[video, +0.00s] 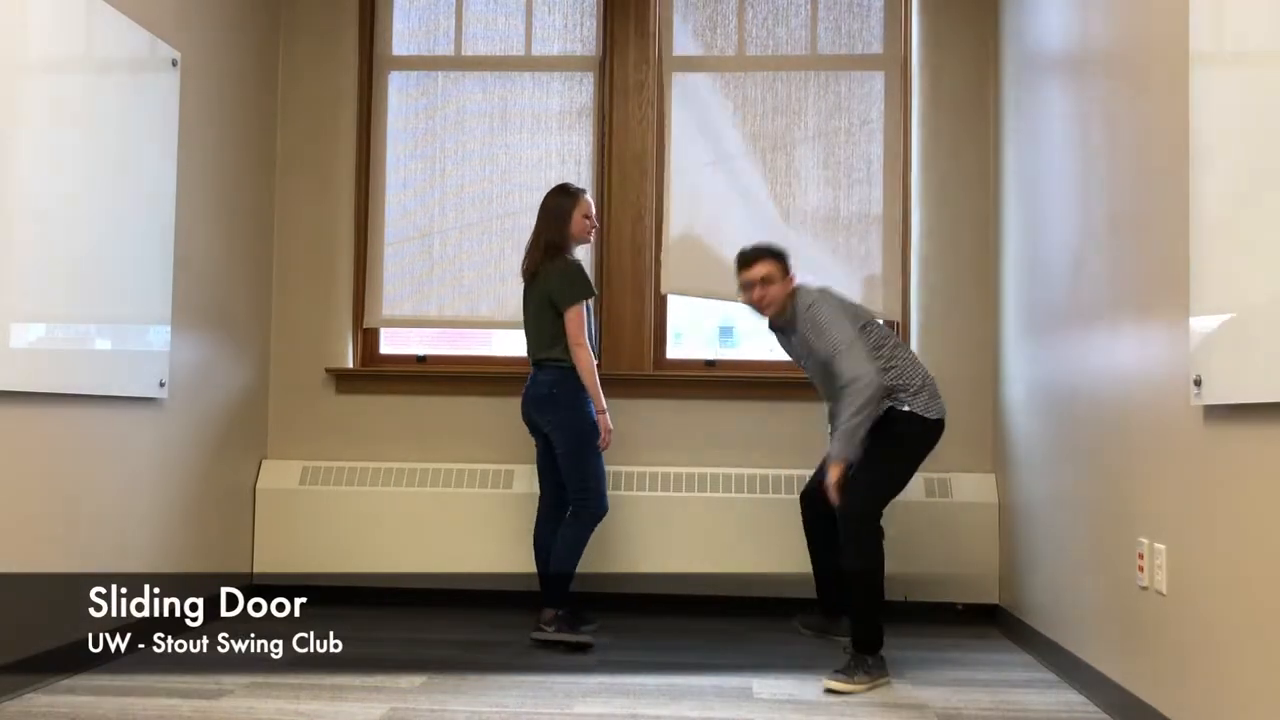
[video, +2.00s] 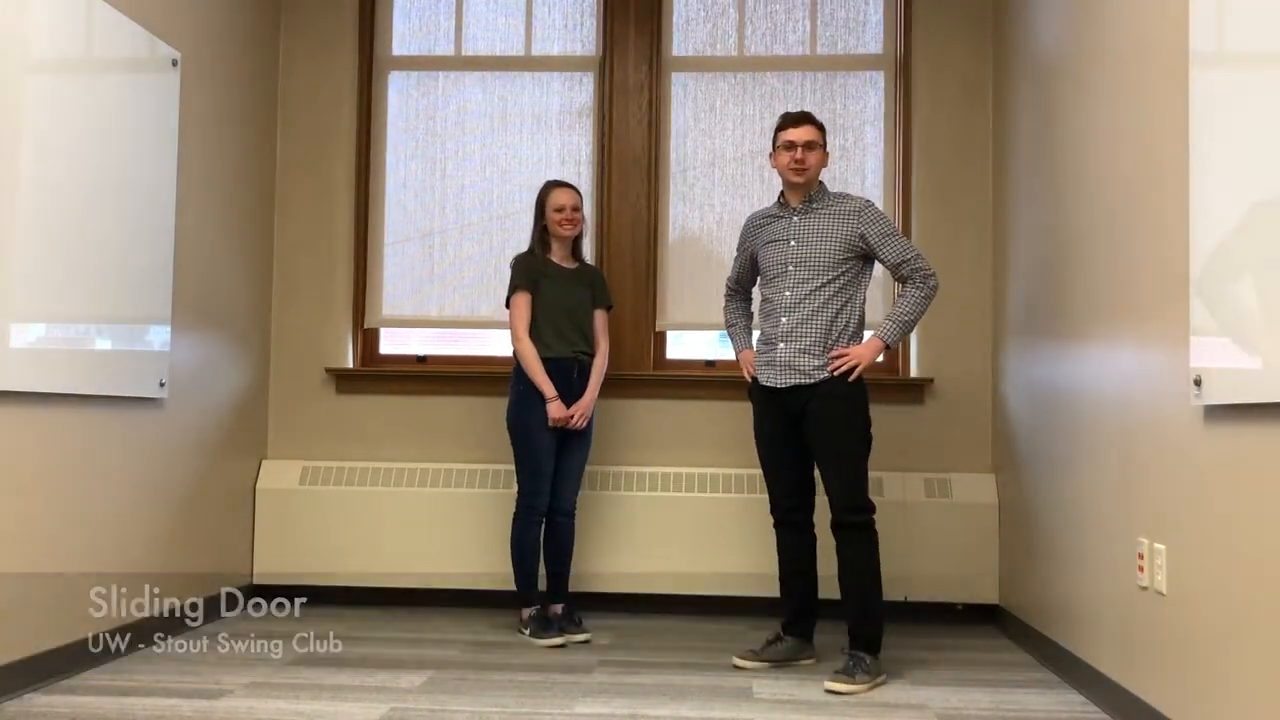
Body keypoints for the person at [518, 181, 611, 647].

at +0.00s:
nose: (593, 224)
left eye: (592, 216)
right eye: (586, 216)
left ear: (555, 220)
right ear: (563, 220)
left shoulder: (540, 270)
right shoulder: (568, 272)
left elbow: (537, 345)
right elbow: (577, 345)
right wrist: (601, 406)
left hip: (541, 391)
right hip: (565, 393)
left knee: (553, 502)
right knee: (590, 502)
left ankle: (553, 612)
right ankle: (555, 612)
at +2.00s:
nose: (569, 216)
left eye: (575, 209)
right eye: (559, 210)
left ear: (583, 216)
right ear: (543, 217)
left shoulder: (592, 276)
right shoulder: (528, 265)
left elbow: (602, 349)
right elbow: (520, 337)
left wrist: (589, 398)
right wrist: (551, 396)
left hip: (579, 394)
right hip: (535, 391)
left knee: (564, 504)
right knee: (534, 501)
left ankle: (559, 606)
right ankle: (530, 609)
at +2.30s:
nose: (571, 217)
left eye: (576, 210)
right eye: (561, 211)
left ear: (584, 216)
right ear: (544, 217)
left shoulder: (592, 276)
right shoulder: (528, 266)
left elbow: (602, 347)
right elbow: (521, 337)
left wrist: (590, 396)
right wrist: (551, 395)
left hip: (579, 394)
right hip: (536, 392)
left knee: (564, 504)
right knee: (535, 501)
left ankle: (558, 607)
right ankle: (530, 610)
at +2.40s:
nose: (571, 217)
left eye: (576, 210)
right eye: (561, 211)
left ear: (583, 216)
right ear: (543, 218)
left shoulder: (592, 276)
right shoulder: (528, 266)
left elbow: (603, 347)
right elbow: (521, 337)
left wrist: (591, 397)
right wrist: (552, 395)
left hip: (579, 394)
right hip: (536, 391)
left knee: (564, 504)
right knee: (535, 501)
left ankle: (558, 607)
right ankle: (530, 610)